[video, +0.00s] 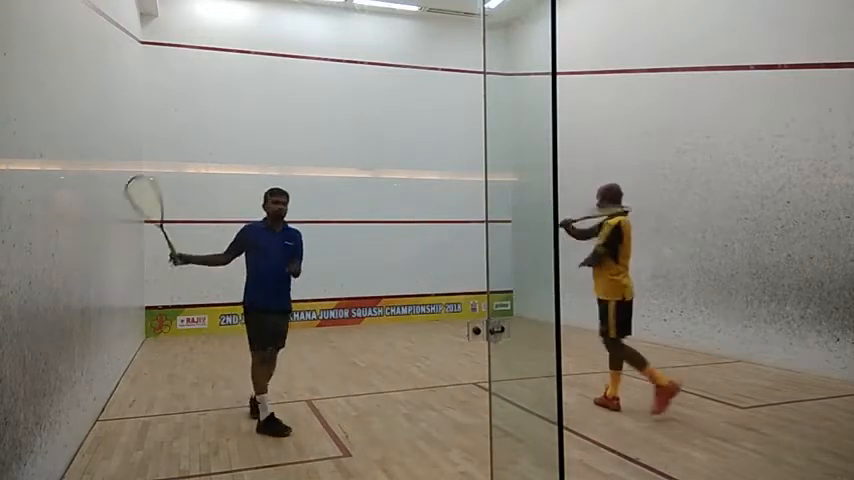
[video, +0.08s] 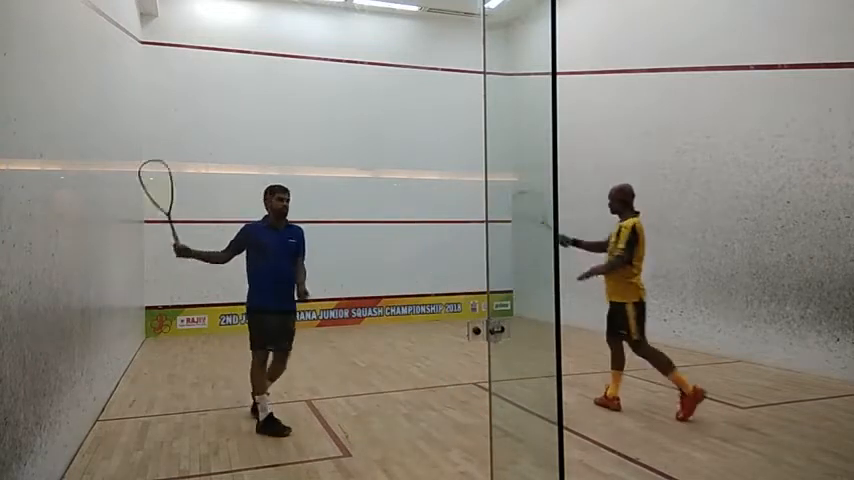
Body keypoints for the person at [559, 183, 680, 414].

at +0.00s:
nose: (598, 206)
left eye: (600, 202)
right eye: (598, 203)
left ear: (607, 203)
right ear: (616, 202)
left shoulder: (616, 224)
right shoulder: (609, 222)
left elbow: (599, 255)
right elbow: (583, 234)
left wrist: (586, 261)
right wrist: (567, 226)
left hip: (615, 293)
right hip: (609, 292)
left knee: (613, 342)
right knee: (612, 342)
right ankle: (612, 395)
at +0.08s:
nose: (608, 204)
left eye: (611, 200)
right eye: (609, 200)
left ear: (622, 202)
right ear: (625, 202)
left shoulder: (631, 227)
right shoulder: (622, 226)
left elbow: (621, 260)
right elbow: (605, 247)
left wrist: (594, 271)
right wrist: (575, 243)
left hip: (630, 298)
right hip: (618, 297)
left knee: (639, 346)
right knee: (614, 341)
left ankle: (688, 391)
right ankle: (612, 395)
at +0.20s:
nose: (619, 205)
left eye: (621, 201)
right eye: (619, 201)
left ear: (631, 204)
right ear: (636, 203)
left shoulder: (644, 228)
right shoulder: (635, 228)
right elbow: (626, 258)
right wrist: (599, 260)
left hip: (648, 301)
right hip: (633, 301)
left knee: (660, 350)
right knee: (622, 342)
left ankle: (702, 400)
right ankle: (613, 395)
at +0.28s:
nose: (628, 206)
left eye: (632, 202)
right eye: (629, 202)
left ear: (641, 205)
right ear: (648, 206)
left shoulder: (653, 228)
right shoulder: (650, 229)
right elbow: (655, 265)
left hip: (664, 304)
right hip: (651, 304)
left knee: (677, 353)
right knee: (638, 343)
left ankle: (709, 406)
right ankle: (622, 391)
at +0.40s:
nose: (641, 206)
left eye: (643, 202)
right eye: (641, 202)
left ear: (651, 205)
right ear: (663, 204)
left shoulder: (655, 229)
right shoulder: (681, 228)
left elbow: (659, 263)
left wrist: (642, 287)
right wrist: (670, 273)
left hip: (675, 303)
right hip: (672, 302)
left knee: (683, 353)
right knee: (656, 339)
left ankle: (711, 407)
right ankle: (652, 392)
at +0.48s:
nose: (653, 202)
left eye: (655, 198)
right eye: (654, 197)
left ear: (661, 200)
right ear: (676, 199)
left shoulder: (660, 226)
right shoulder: (694, 222)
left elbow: (657, 261)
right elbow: (714, 254)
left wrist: (652, 287)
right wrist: (697, 272)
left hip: (680, 299)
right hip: (699, 296)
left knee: (688, 348)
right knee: (679, 341)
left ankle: (712, 407)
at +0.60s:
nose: (664, 197)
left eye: (667, 194)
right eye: (666, 192)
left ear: (672, 197)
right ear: (688, 198)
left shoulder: (664, 224)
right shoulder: (706, 221)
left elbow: (655, 258)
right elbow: (732, 252)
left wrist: (661, 285)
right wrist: (713, 271)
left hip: (685, 300)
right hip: (710, 297)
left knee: (695, 353)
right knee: (709, 344)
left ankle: (711, 408)